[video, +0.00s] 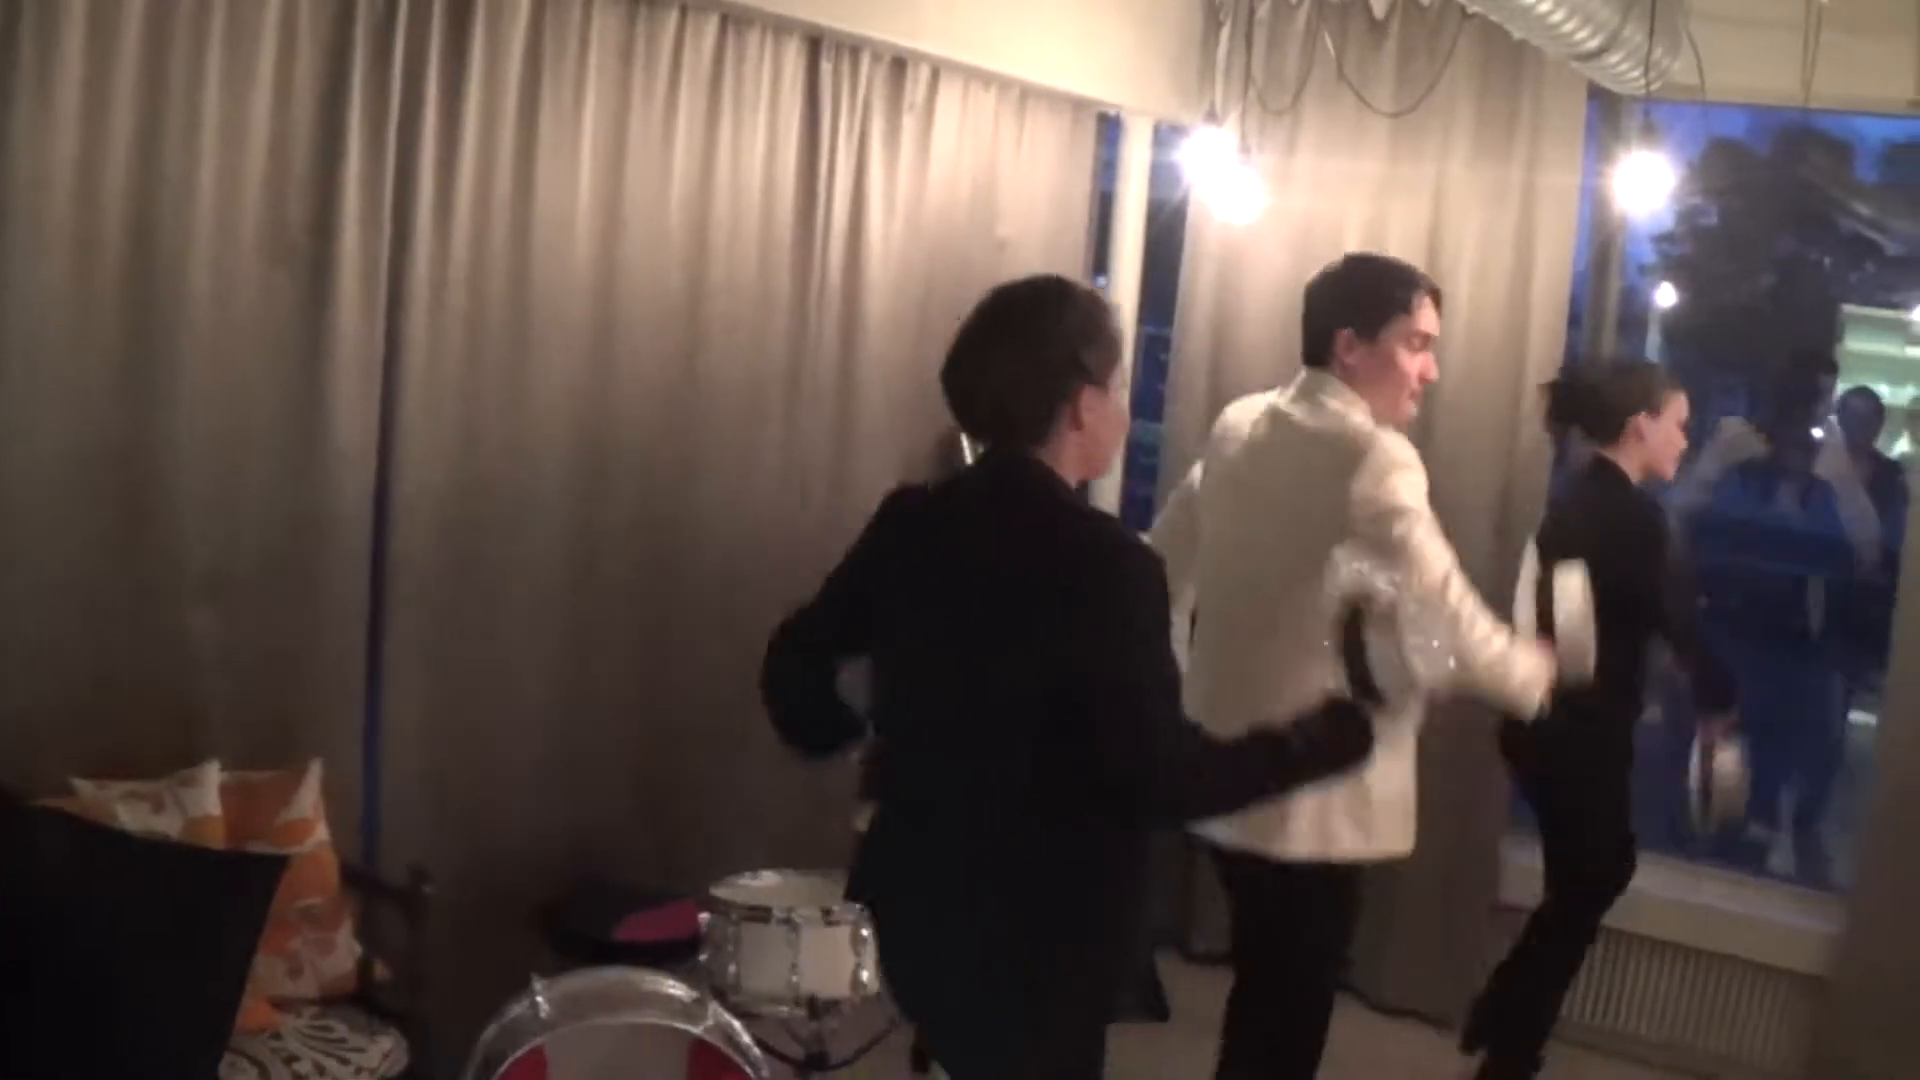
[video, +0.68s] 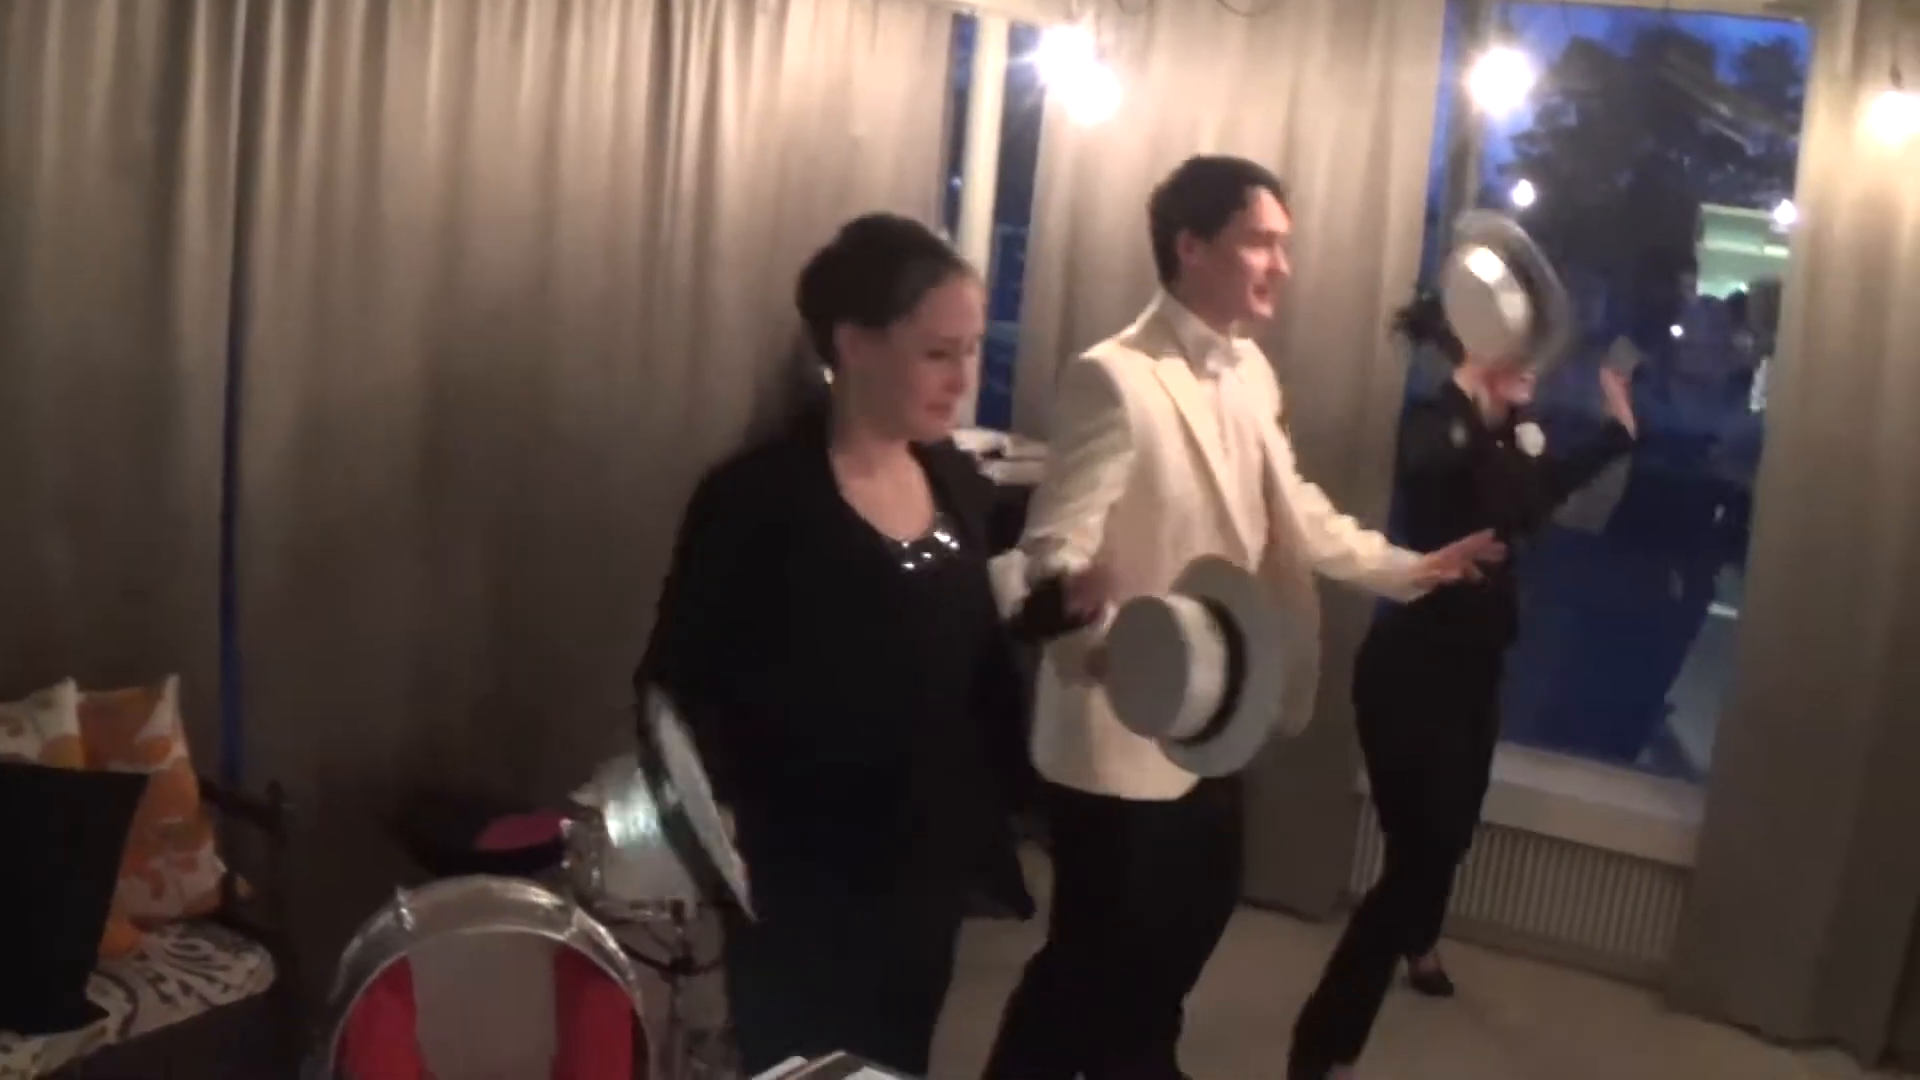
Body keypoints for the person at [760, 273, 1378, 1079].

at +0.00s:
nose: (1121, 411)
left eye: (1117, 386)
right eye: (1116, 388)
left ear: (979, 400)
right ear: (1078, 405)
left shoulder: (909, 524)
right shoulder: (1110, 563)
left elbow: (792, 665)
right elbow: (1158, 776)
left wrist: (847, 742)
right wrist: (1336, 733)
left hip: (918, 914)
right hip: (1047, 940)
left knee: (969, 1059)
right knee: (1048, 1065)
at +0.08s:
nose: (1130, 406)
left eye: (1126, 380)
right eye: (1121, 382)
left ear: (995, 402)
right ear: (1072, 403)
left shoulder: (929, 509)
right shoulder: (1094, 566)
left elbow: (810, 620)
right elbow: (1151, 778)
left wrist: (874, 733)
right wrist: (1304, 711)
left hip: (932, 908)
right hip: (1031, 938)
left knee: (982, 1063)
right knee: (1042, 1063)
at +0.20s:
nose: (1128, 410)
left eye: (1122, 386)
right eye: (1109, 388)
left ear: (1041, 408)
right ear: (1036, 406)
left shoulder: (1028, 538)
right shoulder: (974, 558)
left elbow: (1073, 754)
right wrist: (1148, 900)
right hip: (980, 965)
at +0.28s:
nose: (1119, 412)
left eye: (1114, 387)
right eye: (1095, 390)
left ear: (1027, 405)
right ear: (1014, 404)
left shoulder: (1047, 530)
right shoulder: (941, 566)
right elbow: (909, 800)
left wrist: (1106, 798)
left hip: (1041, 921)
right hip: (948, 956)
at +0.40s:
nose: (1095, 395)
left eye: (1092, 369)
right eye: (1071, 372)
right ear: (984, 381)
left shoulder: (1065, 508)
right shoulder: (882, 546)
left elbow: (1068, 680)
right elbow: (760, 707)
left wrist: (1174, 637)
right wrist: (789, 850)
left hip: (1042, 892)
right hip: (916, 909)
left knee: (1021, 1059)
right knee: (937, 1066)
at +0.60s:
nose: (1006, 381)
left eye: (1009, 357)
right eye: (980, 358)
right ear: (895, 354)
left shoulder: (991, 490)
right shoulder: (793, 506)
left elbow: (1001, 630)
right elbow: (694, 664)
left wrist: (1103, 558)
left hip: (959, 875)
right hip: (831, 882)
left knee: (922, 1064)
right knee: (829, 1065)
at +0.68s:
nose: (964, 378)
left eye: (972, 354)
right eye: (940, 354)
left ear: (979, 345)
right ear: (851, 346)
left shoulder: (955, 490)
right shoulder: (749, 499)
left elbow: (974, 669)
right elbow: (674, 689)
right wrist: (722, 848)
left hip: (923, 881)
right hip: (792, 884)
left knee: (897, 1069)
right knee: (789, 1071)